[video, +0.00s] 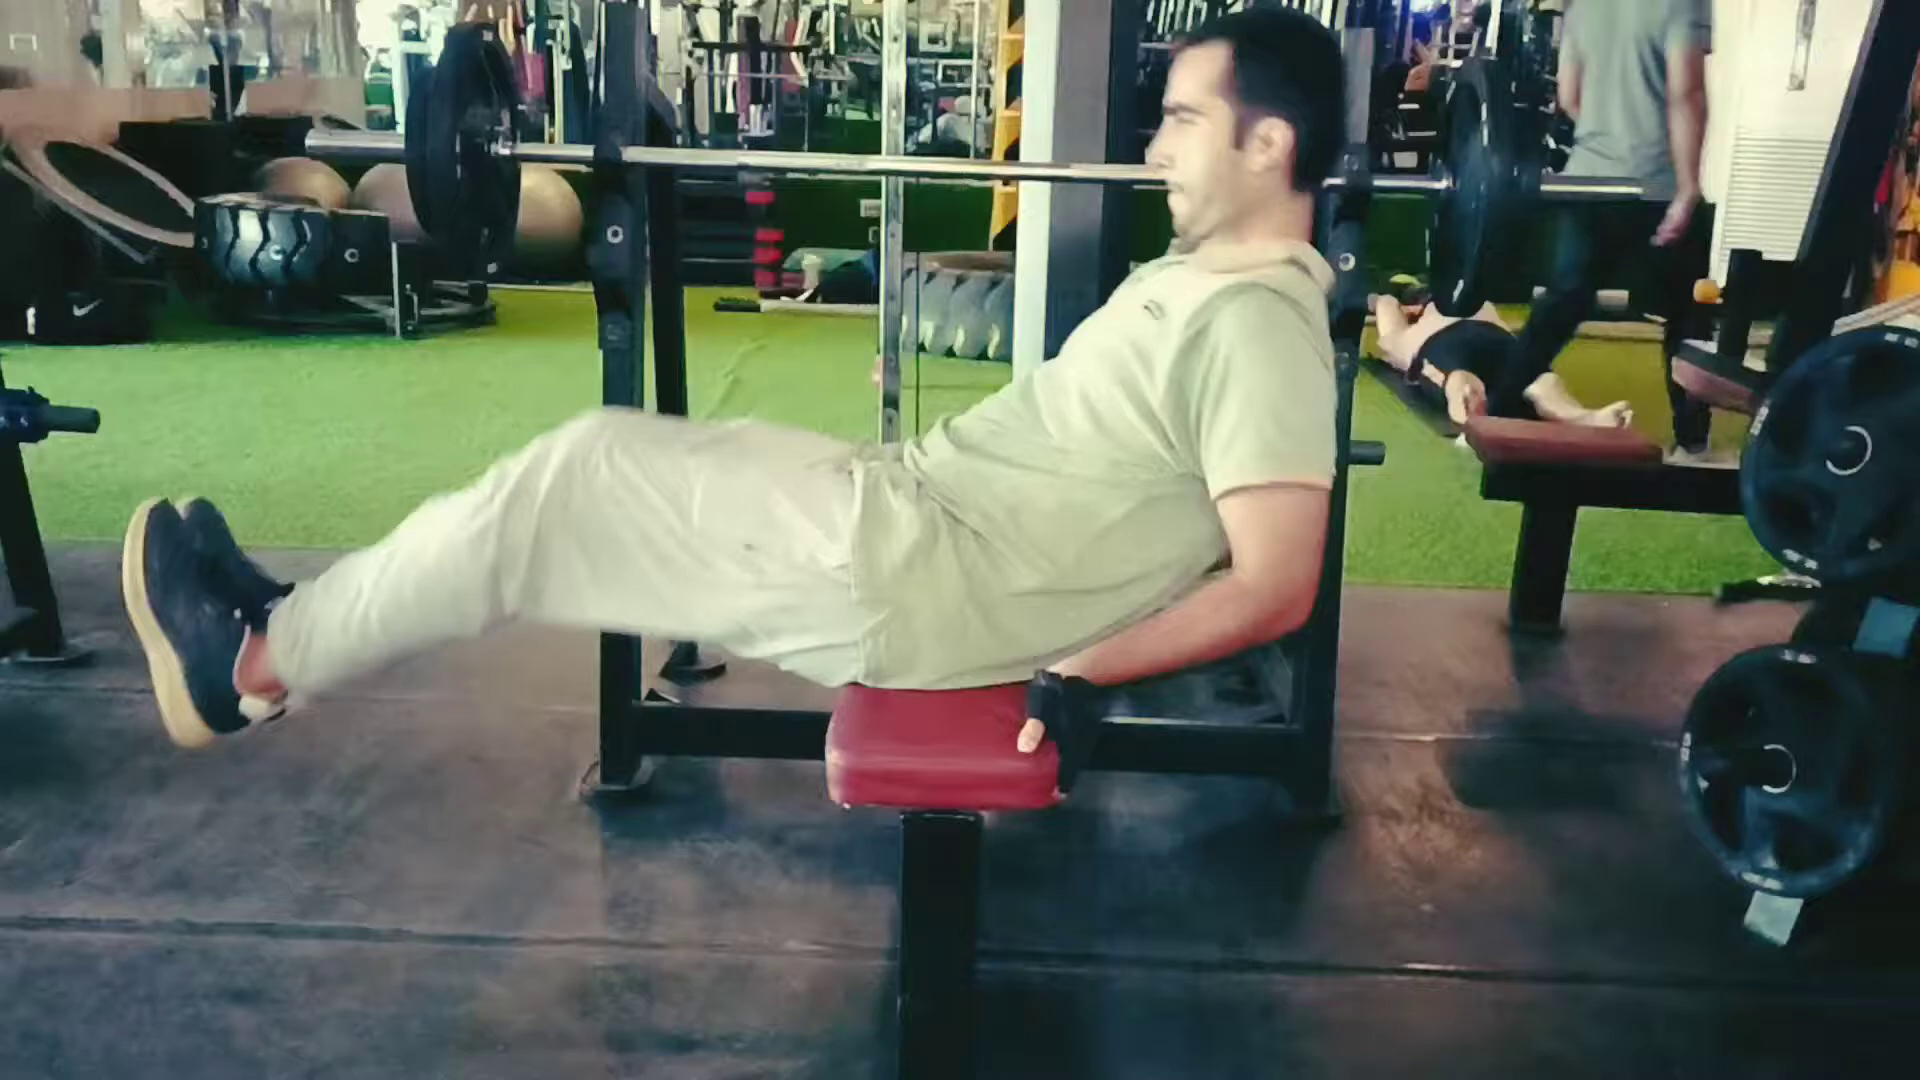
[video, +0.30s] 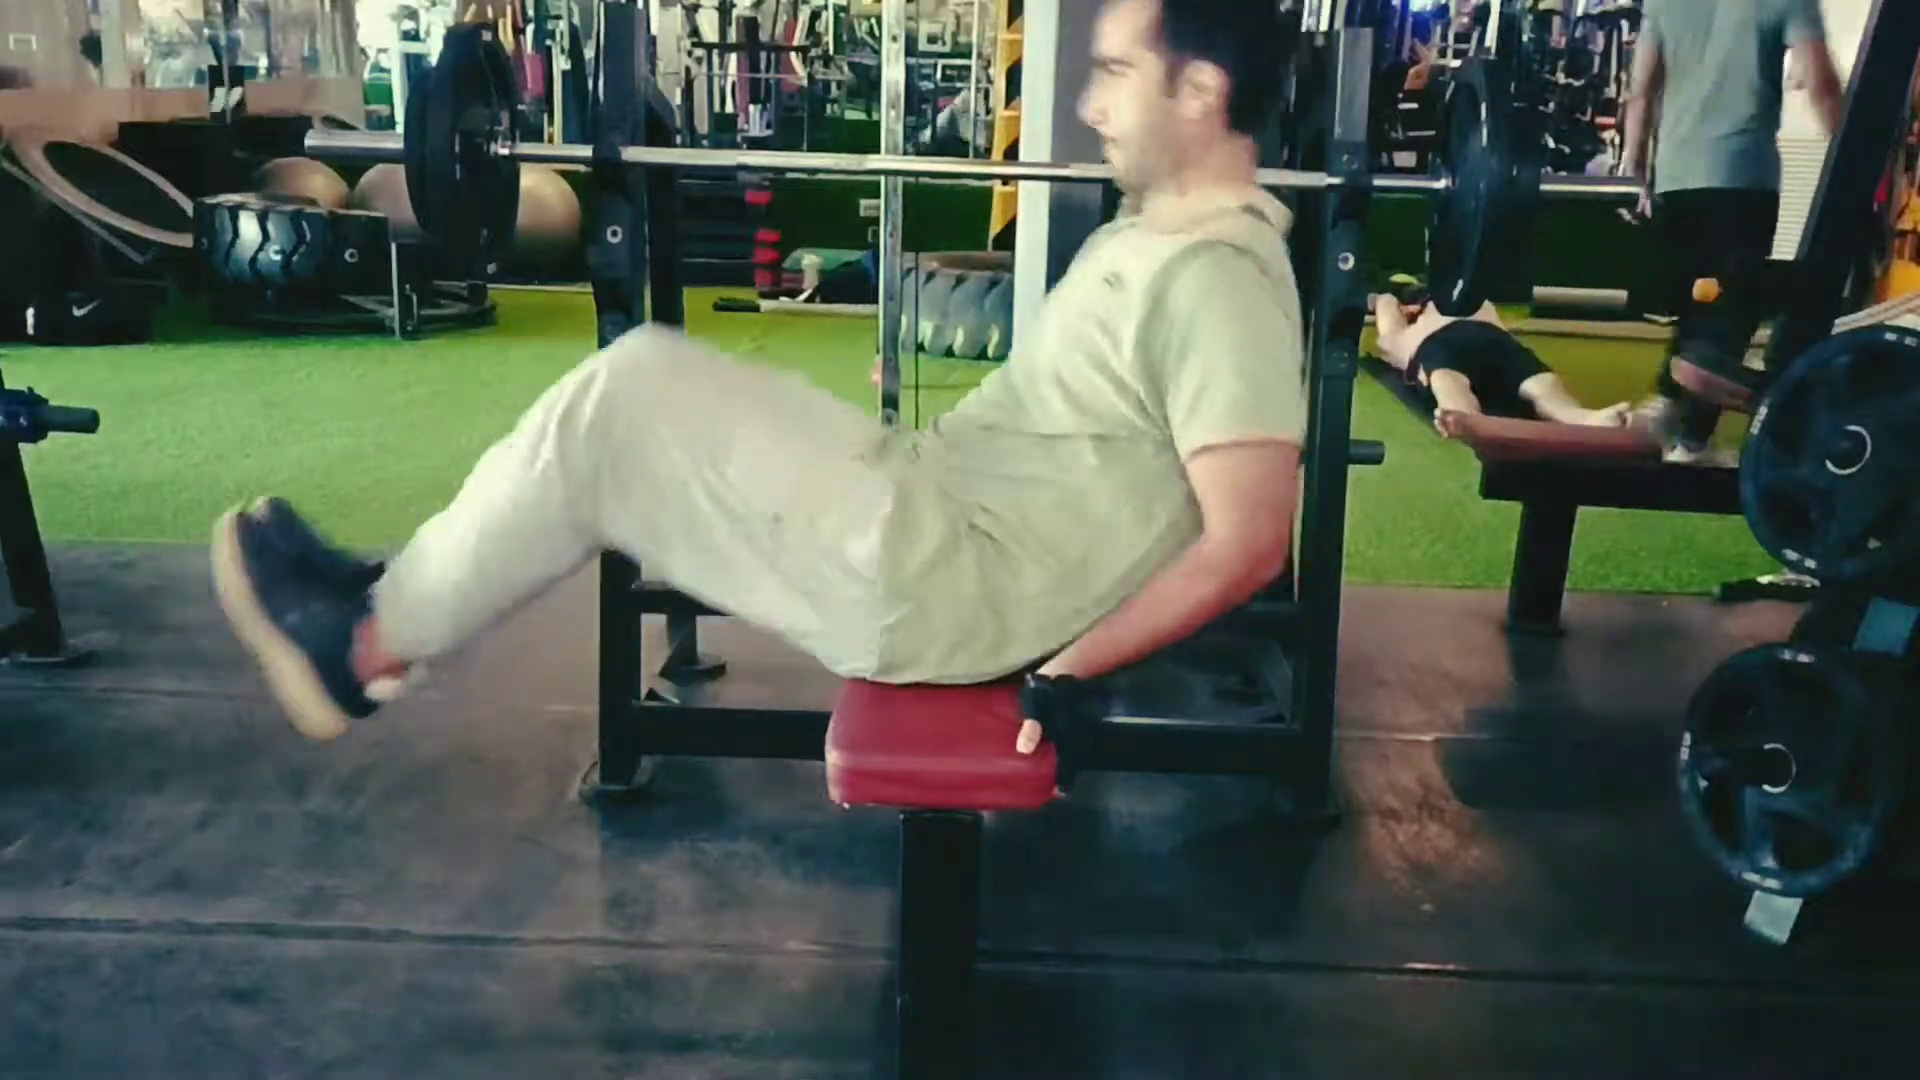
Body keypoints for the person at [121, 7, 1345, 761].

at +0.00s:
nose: (1158, 145)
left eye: (1186, 115)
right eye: (1165, 115)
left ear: (1277, 144)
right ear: (1255, 146)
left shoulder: (1260, 315)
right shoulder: (1208, 281)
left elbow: (1275, 587)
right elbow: (1225, 546)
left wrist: (1069, 671)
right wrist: (1052, 634)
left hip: (928, 578)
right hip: (907, 518)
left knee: (578, 481)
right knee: (590, 456)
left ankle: (253, 670)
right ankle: (288, 629)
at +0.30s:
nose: (1090, 103)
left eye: (1116, 74)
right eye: (1096, 75)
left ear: (1208, 94)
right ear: (1194, 98)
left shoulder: (1220, 270)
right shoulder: (1161, 244)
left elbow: (1250, 539)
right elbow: (1195, 506)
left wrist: (1068, 665)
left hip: (960, 588)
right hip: (931, 550)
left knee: (636, 387)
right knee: (637, 388)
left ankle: (366, 649)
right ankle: (384, 620)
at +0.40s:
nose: (994, 84)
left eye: (1016, 53)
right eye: (993, 56)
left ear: (1107, 66)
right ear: (1094, 71)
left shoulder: (1152, 241)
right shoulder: (1091, 220)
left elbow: (1223, 508)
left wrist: (1049, 669)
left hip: (959, 592)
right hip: (937, 544)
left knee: (686, 306)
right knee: (694, 298)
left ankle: (447, 596)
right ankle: (462, 560)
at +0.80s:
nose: (1092, 138)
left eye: (1114, 110)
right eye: (1094, 111)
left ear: (1204, 124)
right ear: (1178, 127)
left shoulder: (1218, 294)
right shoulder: (1165, 264)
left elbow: (1261, 568)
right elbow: (1202, 519)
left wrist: (1074, 675)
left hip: (952, 597)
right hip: (923, 532)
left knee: (589, 436)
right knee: (609, 412)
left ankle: (312, 697)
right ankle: (345, 642)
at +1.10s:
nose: (1116, 146)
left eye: (1141, 118)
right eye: (1120, 120)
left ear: (1232, 137)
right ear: (1218, 142)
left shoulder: (1240, 301)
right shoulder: (1192, 274)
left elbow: (1260, 577)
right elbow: (1201, 532)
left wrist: (1072, 681)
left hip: (948, 593)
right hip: (920, 529)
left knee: (597, 461)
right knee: (605, 444)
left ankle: (321, 717)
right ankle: (345, 682)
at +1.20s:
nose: (1024, 123)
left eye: (1044, 91)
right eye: (1023, 94)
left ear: (1136, 96)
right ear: (1120, 97)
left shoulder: (1183, 268)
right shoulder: (1119, 244)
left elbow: (1234, 536)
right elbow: (1055, 442)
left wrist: (1054, 679)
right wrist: (911, 464)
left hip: (962, 605)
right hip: (934, 557)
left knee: (649, 372)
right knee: (666, 349)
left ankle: (410, 657)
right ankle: (434, 616)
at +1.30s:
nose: (932, 115)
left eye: (945, 82)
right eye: (928, 84)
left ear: (1036, 79)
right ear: (1033, 84)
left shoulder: (1096, 243)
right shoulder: (1050, 224)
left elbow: (1206, 511)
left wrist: (1042, 693)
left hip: (947, 612)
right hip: (927, 574)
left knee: (719, 292)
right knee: (724, 290)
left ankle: (496, 588)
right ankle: (503, 577)